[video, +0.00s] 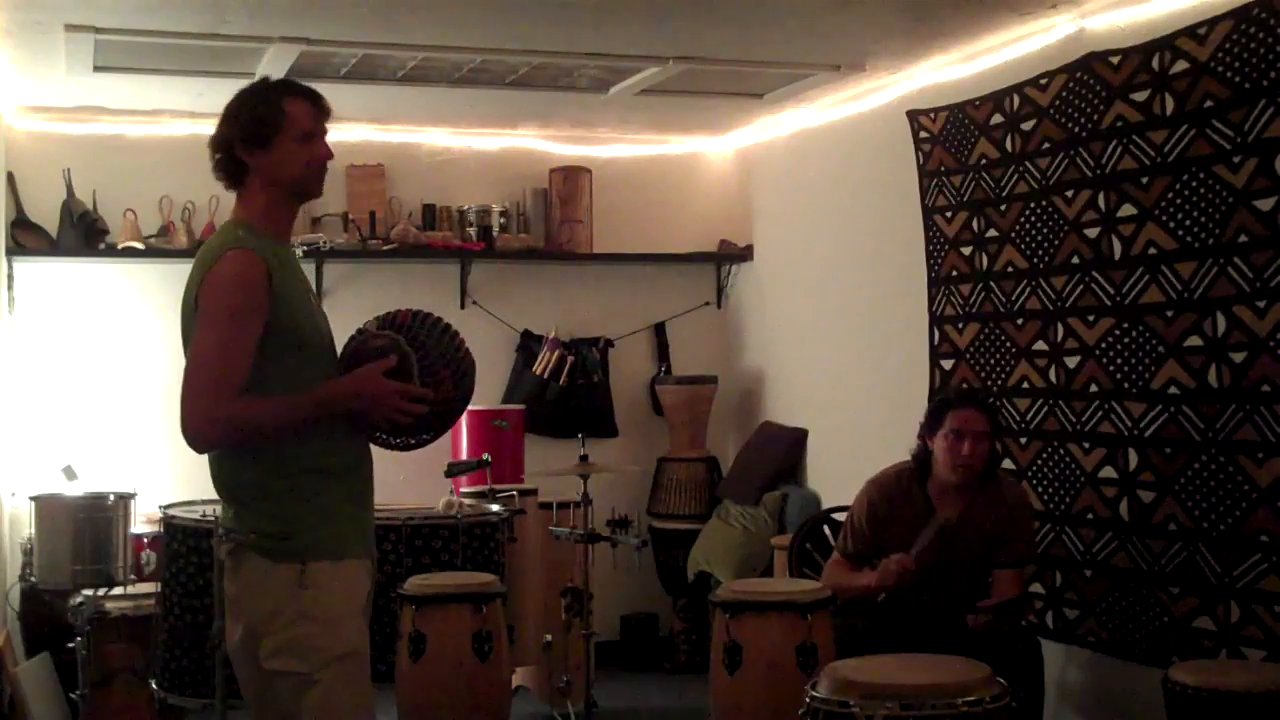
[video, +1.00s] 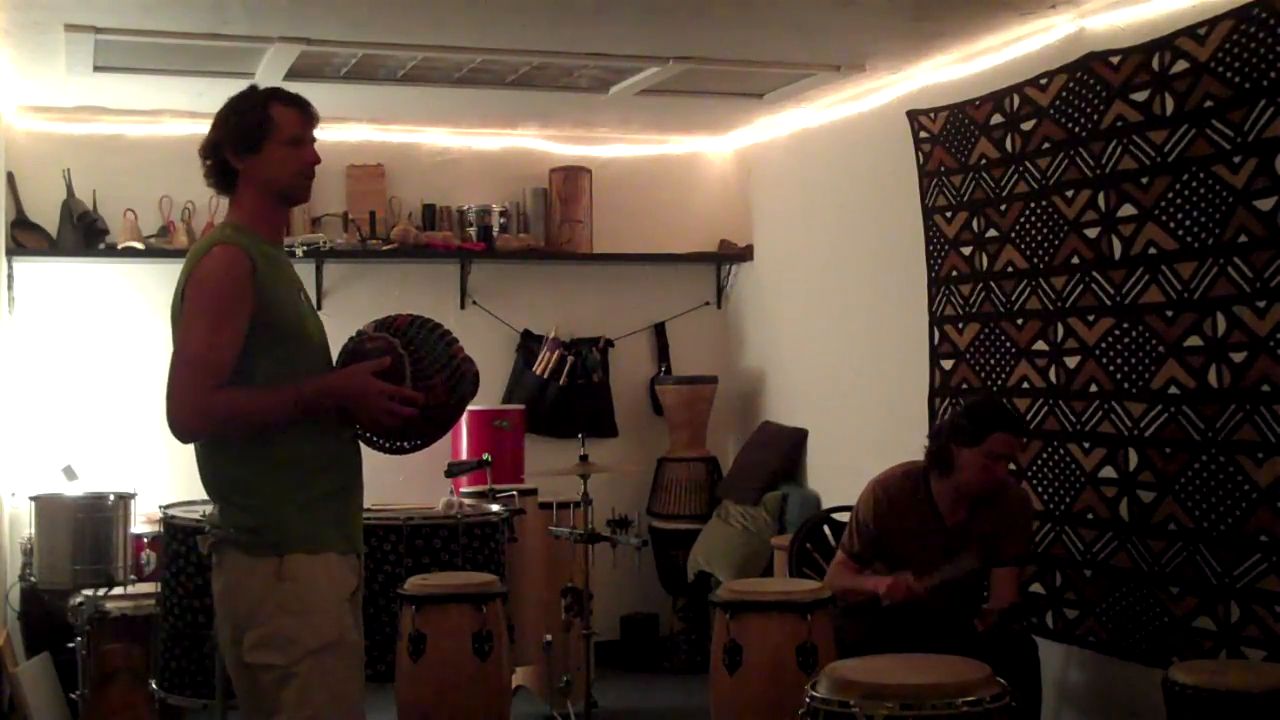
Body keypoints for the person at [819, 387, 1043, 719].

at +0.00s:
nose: (968, 450)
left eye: (979, 439)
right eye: (956, 437)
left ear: (992, 445)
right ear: (929, 438)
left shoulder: (1008, 500)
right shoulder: (883, 492)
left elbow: (1008, 588)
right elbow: (831, 575)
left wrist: (991, 612)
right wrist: (871, 578)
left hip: (966, 624)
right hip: (889, 619)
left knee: (1021, 648)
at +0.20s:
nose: (967, 453)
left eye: (980, 442)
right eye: (956, 438)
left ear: (995, 449)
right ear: (931, 439)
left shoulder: (1012, 502)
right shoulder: (887, 493)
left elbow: (1008, 598)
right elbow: (833, 575)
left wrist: (988, 616)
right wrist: (872, 586)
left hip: (969, 626)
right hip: (894, 621)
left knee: (1020, 649)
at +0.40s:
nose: (975, 457)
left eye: (988, 448)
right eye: (966, 442)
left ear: (999, 453)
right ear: (940, 437)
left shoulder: (1011, 503)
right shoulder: (886, 491)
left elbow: (1007, 595)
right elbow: (832, 574)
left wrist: (987, 615)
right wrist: (872, 580)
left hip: (965, 626)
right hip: (890, 623)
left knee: (1020, 652)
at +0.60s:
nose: (978, 459)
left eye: (991, 451)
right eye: (969, 443)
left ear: (1001, 457)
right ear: (942, 436)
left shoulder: (1009, 503)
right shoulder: (888, 491)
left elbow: (1006, 593)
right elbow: (834, 575)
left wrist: (991, 615)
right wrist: (876, 590)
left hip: (967, 626)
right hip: (894, 621)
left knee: (1019, 650)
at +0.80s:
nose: (993, 469)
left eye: (1001, 458)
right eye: (983, 456)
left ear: (1008, 455)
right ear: (950, 445)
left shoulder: (1007, 503)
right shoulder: (889, 490)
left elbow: (1006, 594)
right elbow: (835, 578)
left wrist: (989, 618)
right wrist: (881, 576)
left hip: (960, 622)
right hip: (888, 617)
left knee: (1019, 652)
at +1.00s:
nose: (1002, 473)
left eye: (1007, 462)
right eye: (992, 459)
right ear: (956, 448)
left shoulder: (1010, 504)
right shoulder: (888, 492)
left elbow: (1005, 595)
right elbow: (835, 577)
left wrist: (992, 615)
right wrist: (877, 583)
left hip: (961, 620)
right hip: (887, 616)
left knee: (1018, 649)